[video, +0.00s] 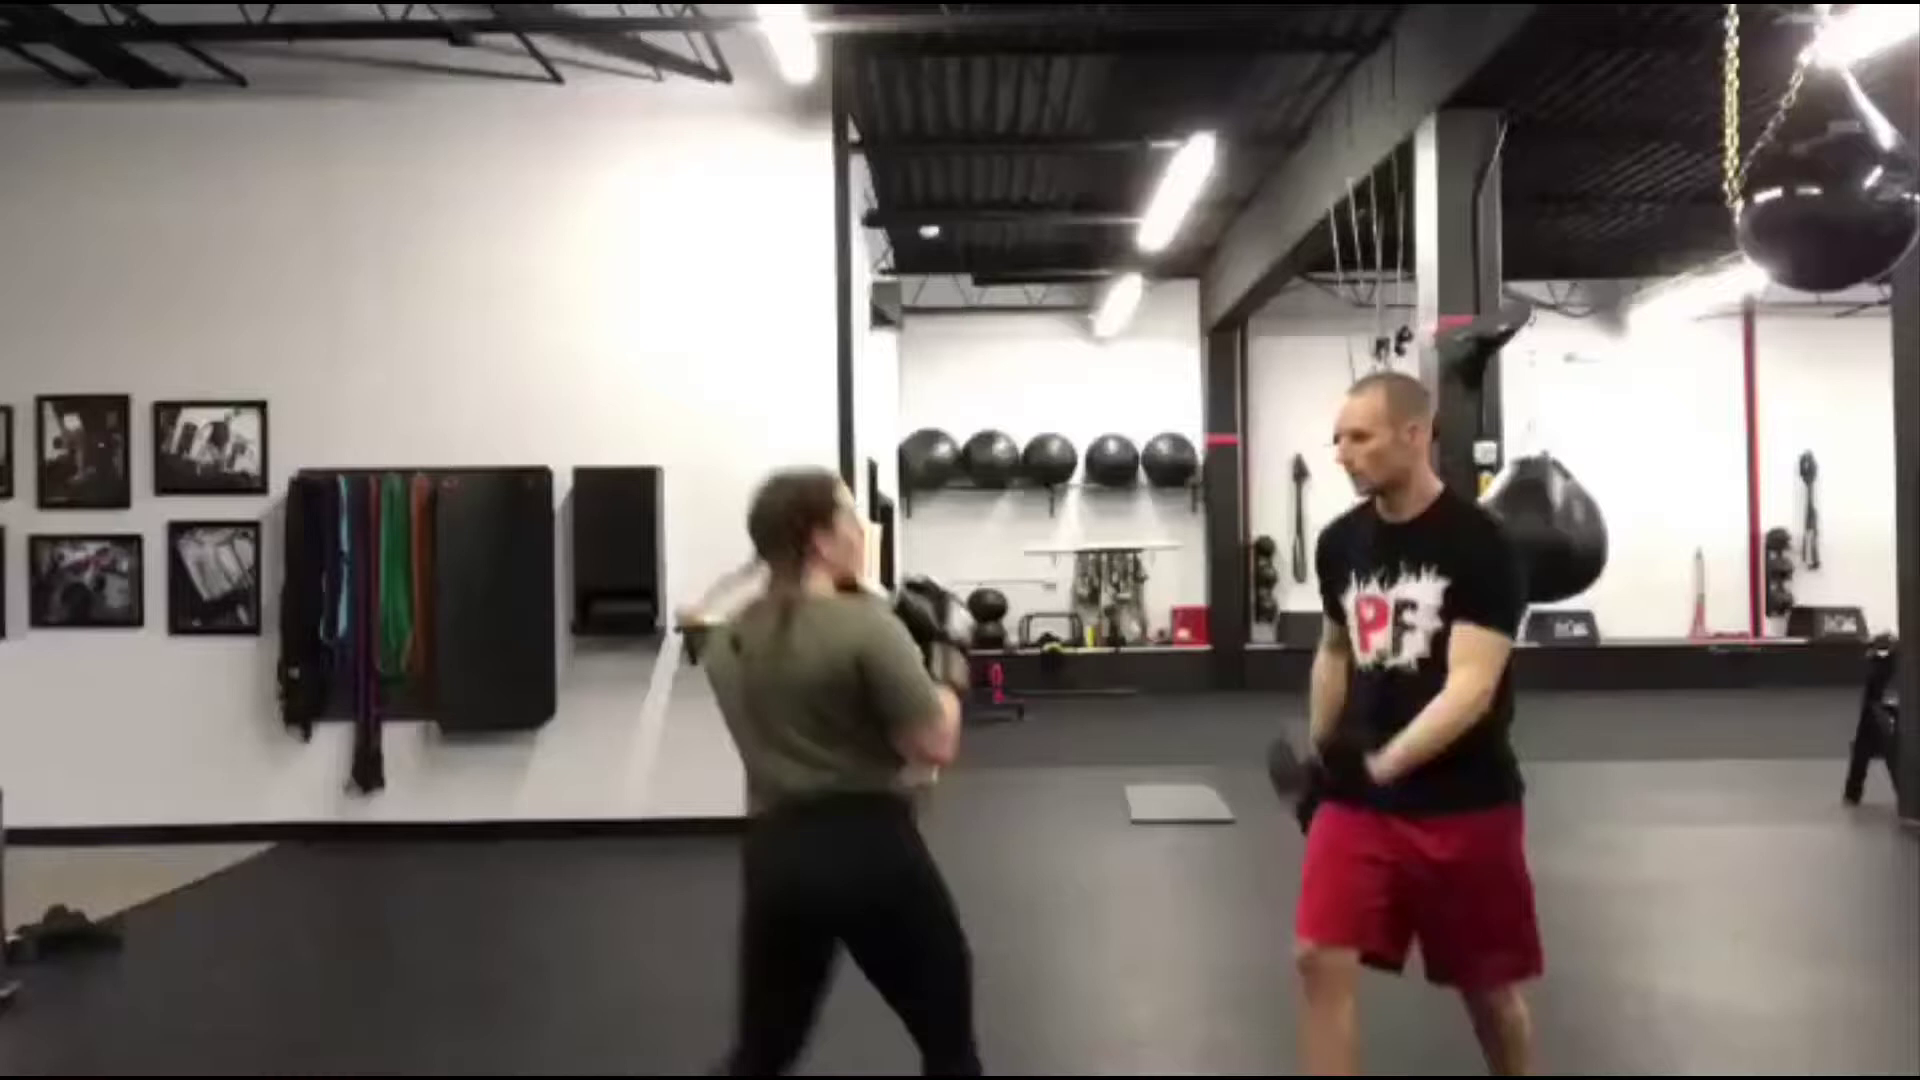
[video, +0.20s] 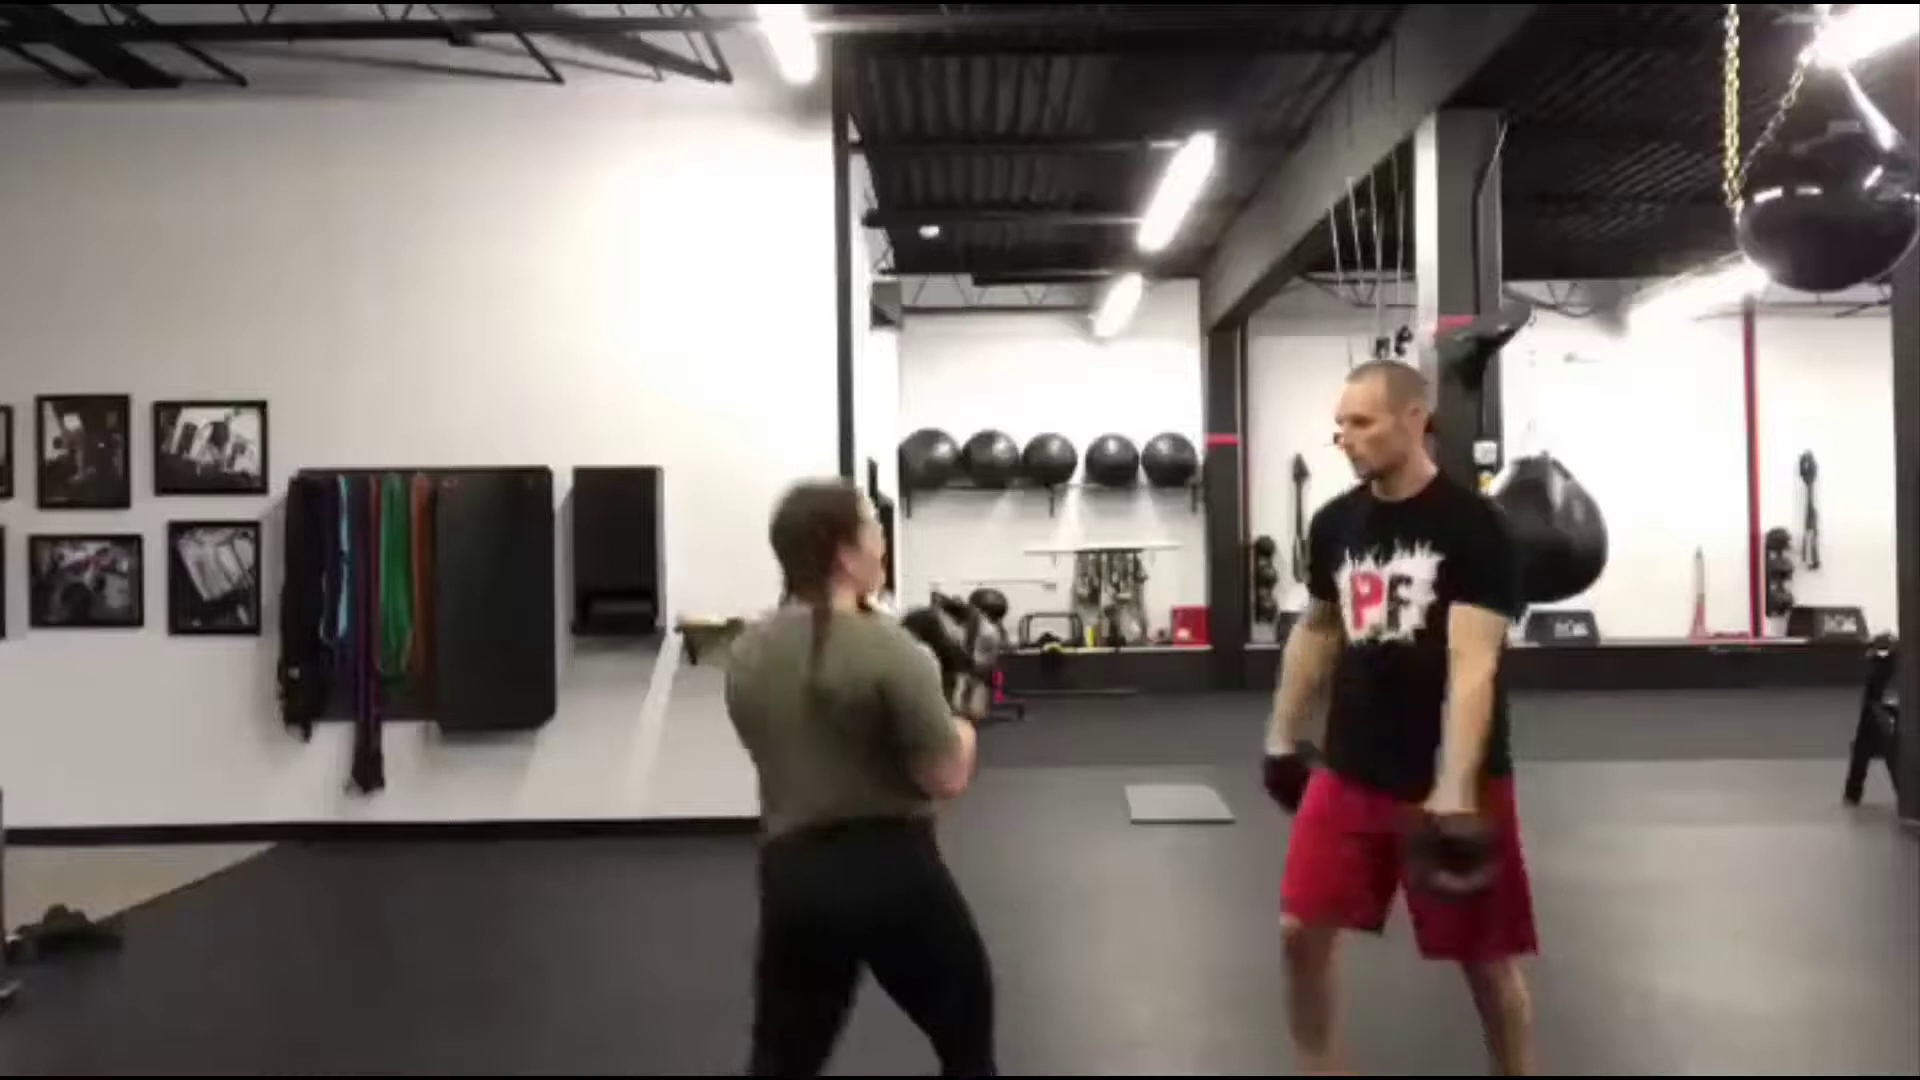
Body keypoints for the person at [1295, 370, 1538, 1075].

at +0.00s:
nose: (1343, 452)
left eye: (1359, 438)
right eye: (1339, 438)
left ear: (1417, 436)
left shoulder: (1481, 543)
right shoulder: (1340, 542)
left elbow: (1471, 689)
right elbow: (1335, 651)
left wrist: (1379, 767)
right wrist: (1318, 748)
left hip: (1465, 808)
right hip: (1358, 801)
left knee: (1493, 995)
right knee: (1321, 963)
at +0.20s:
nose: (1345, 438)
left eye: (1360, 423)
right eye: (1341, 424)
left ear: (1415, 420)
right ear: (1344, 427)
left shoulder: (1475, 526)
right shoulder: (1334, 525)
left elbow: (1474, 666)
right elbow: (1317, 628)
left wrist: (1455, 794)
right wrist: (1283, 735)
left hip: (1452, 783)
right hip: (1349, 776)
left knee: (1490, 964)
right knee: (1302, 935)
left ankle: (1512, 1066)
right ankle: (1316, 1063)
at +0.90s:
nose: (1322, 465)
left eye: (1336, 452)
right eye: (1316, 453)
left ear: (1378, 451)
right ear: (1313, 458)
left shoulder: (1434, 534)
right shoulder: (1303, 548)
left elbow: (1449, 658)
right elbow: (1288, 642)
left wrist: (1345, 703)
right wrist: (1268, 713)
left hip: (1428, 769)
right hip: (1331, 771)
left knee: (1471, 918)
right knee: (1301, 914)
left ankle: (1499, 1044)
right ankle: (1281, 1055)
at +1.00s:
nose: (1339, 469)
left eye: (1352, 455)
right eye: (1332, 456)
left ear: (1393, 452)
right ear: (1328, 460)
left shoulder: (1451, 540)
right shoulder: (1317, 549)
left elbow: (1469, 661)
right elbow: (1303, 633)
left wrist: (1352, 691)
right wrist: (1274, 697)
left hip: (1443, 772)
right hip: (1343, 770)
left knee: (1481, 918)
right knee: (1296, 906)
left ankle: (1501, 1046)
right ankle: (1275, 1051)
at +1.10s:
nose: (1343, 465)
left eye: (1356, 451)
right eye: (1336, 452)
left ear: (1398, 449)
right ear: (1331, 456)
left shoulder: (1454, 536)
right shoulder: (1320, 543)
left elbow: (1478, 657)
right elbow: (1304, 629)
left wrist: (1372, 692)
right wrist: (1278, 701)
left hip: (1442, 768)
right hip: (1343, 766)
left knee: (1479, 917)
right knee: (1304, 902)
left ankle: (1501, 1045)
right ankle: (1266, 1053)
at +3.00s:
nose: (1300, 473)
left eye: (1314, 459)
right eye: (1291, 462)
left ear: (1353, 463)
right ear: (1286, 472)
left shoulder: (1414, 546)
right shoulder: (1274, 557)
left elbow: (1458, 659)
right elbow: (1230, 637)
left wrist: (1373, 664)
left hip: (1421, 774)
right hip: (1318, 775)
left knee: (1485, 915)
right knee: (1288, 915)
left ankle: (1534, 1034)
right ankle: (1262, 1065)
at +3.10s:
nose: (1294, 478)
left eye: (1307, 464)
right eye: (1285, 467)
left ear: (1345, 464)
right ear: (1278, 475)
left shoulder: (1408, 542)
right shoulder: (1267, 558)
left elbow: (1448, 650)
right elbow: (1227, 653)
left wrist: (1369, 645)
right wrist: (1218, 656)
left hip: (1416, 770)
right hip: (1314, 773)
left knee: (1476, 909)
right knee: (1287, 914)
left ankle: (1516, 1025)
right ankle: (1262, 1064)